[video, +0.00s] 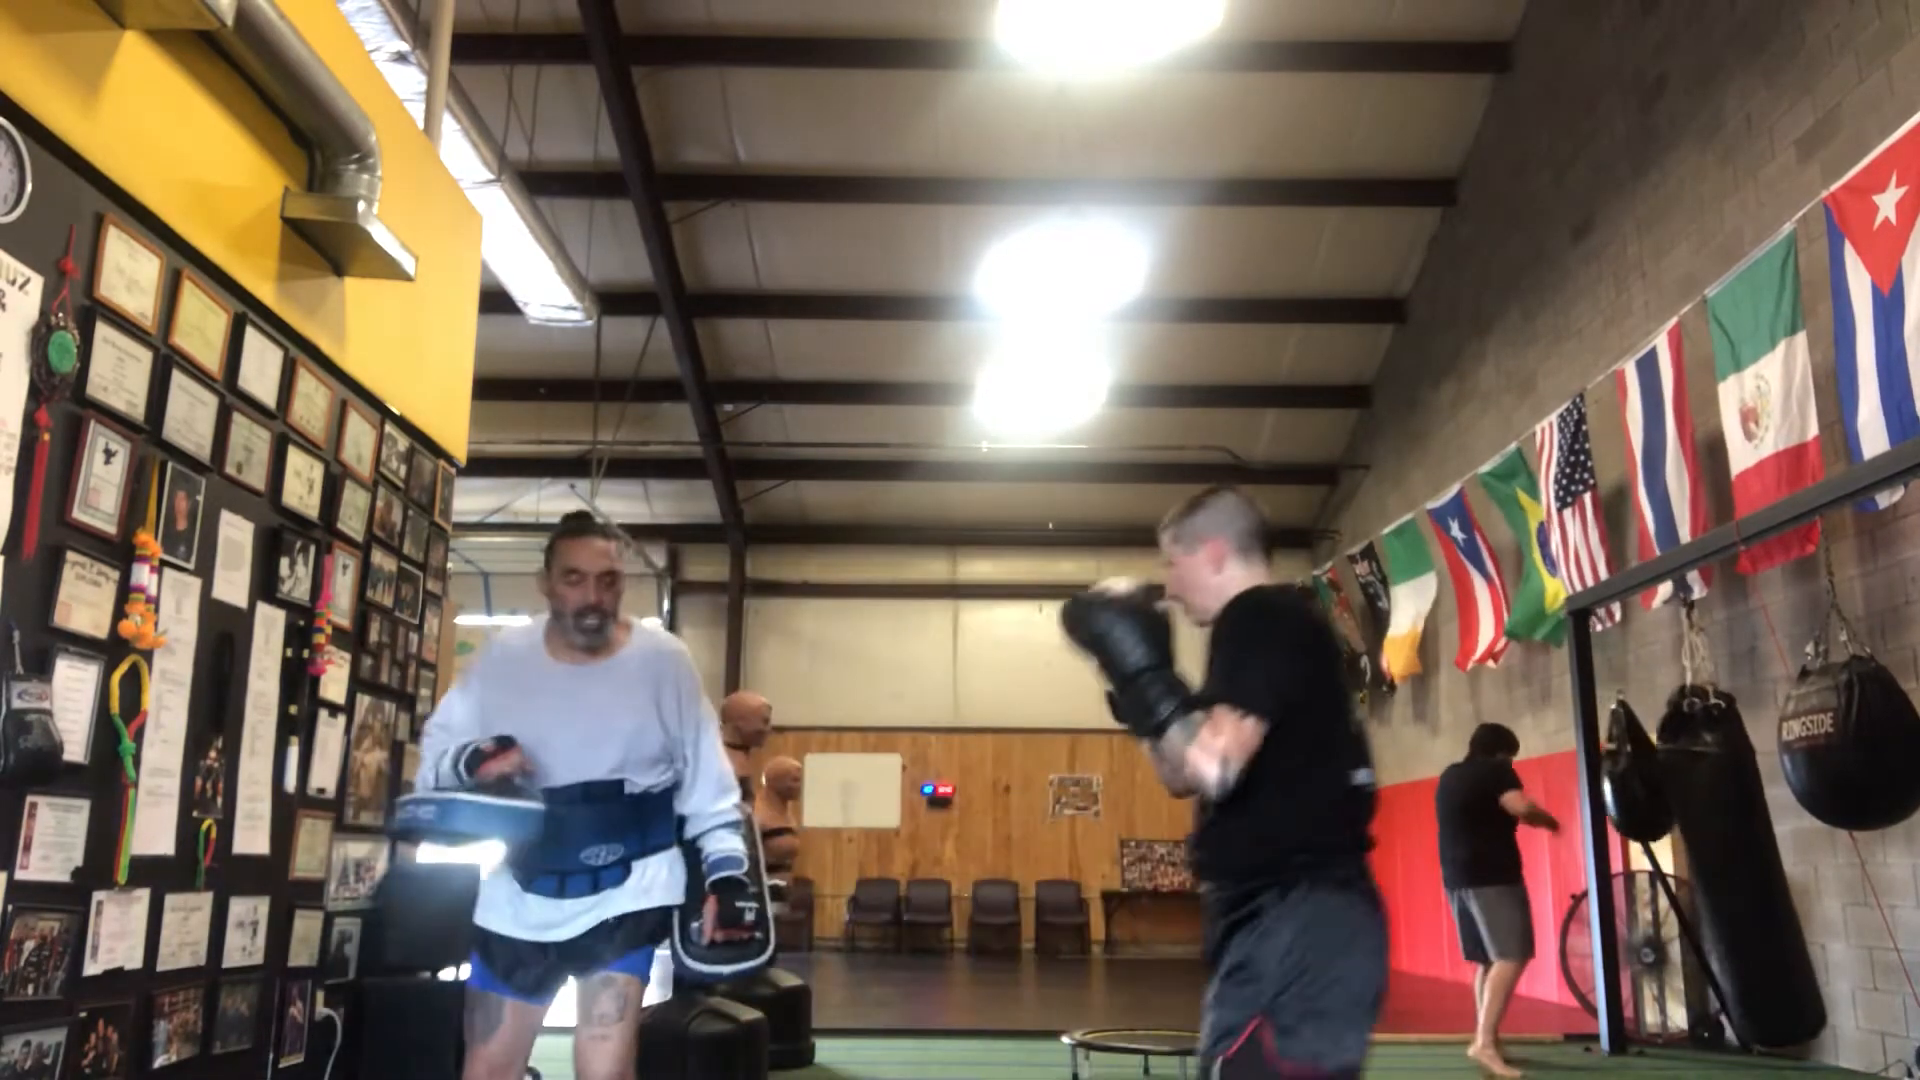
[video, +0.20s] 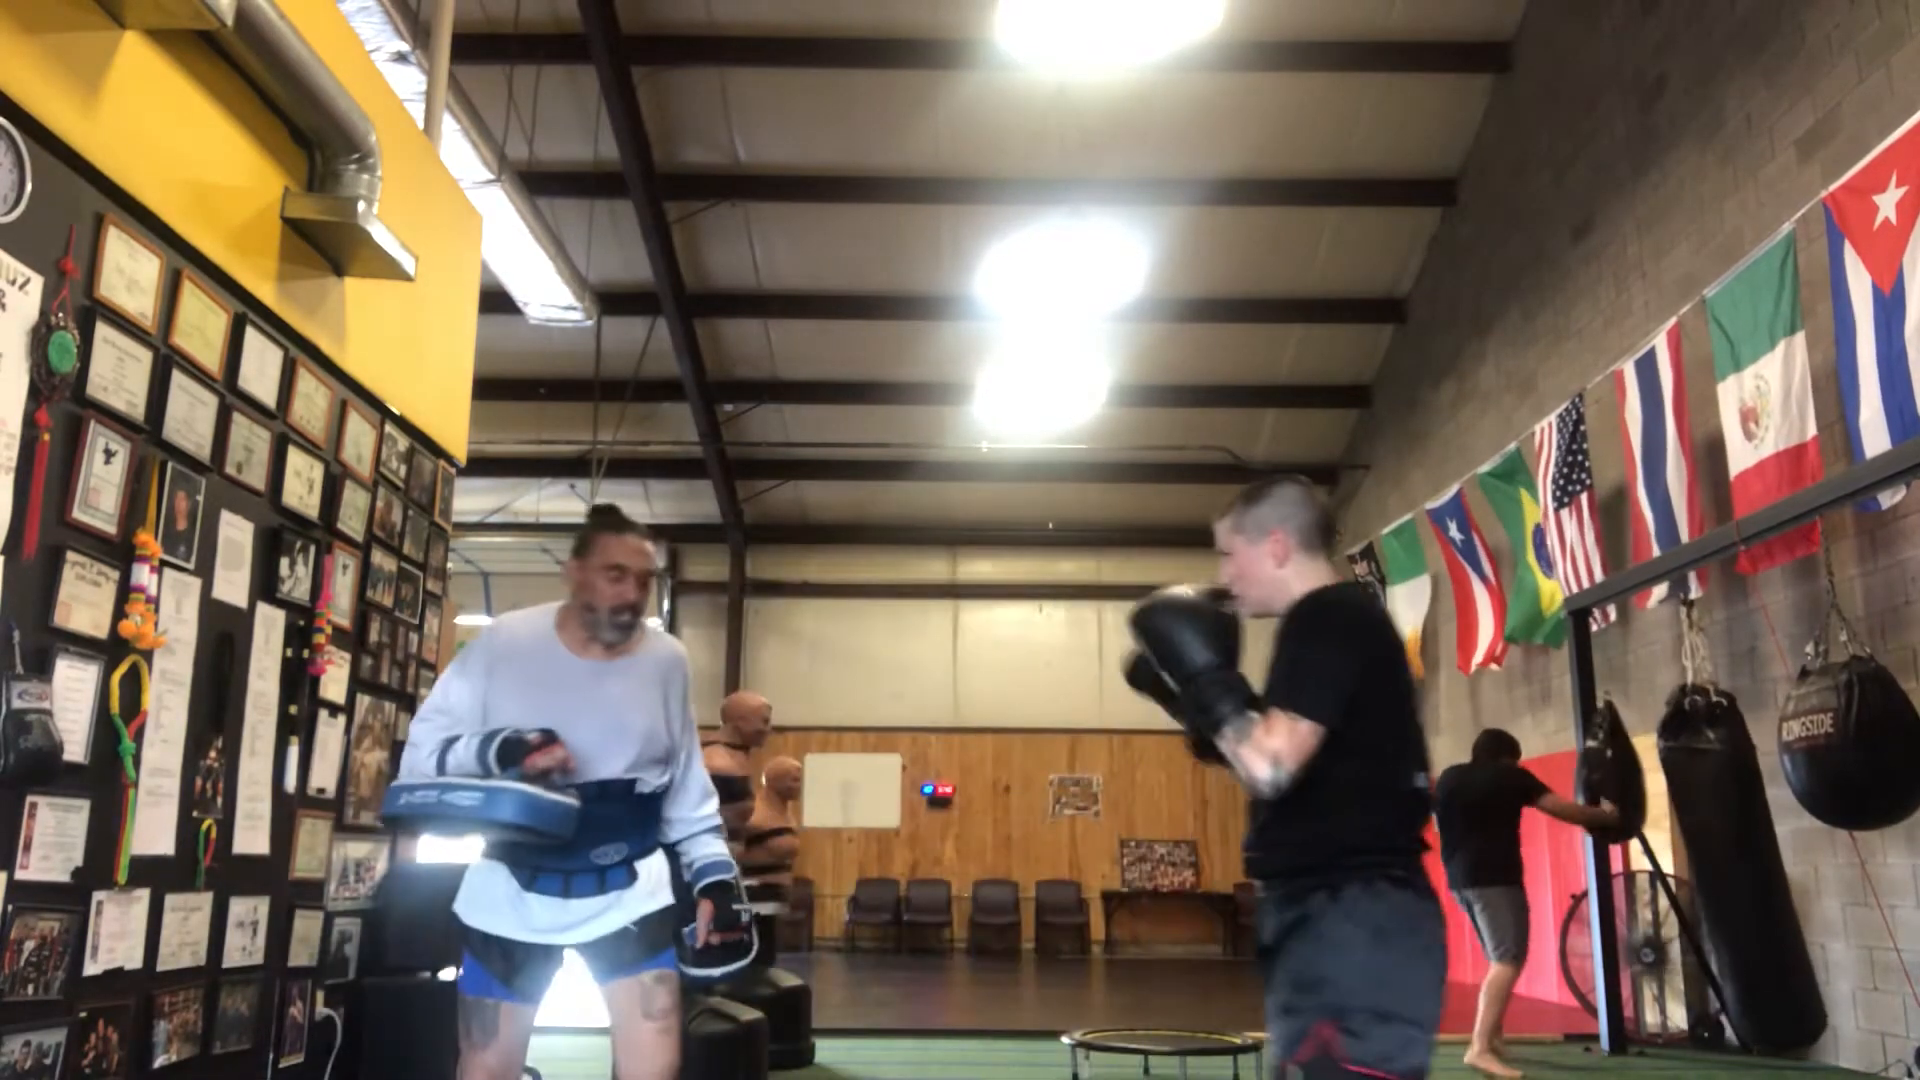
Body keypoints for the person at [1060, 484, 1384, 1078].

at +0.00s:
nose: (1168, 582)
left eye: (1172, 562)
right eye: (1167, 566)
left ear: (1214, 553)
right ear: (1220, 553)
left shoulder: (1266, 617)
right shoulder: (1256, 626)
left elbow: (1209, 764)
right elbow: (1179, 773)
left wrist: (1144, 669)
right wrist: (1133, 669)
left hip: (1300, 925)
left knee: (1248, 1064)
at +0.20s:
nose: (1222, 575)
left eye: (1229, 554)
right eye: (1222, 557)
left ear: (1277, 547)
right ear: (1277, 549)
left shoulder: (1331, 616)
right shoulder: (1331, 620)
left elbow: (1270, 761)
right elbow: (1266, 763)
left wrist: (1205, 672)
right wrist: (1191, 705)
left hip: (1354, 926)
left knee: (1332, 1067)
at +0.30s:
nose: (1249, 580)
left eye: (1254, 564)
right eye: (1246, 566)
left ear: (1295, 554)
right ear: (1299, 554)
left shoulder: (1360, 621)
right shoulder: (1347, 626)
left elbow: (1290, 772)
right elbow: (1297, 771)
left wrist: (1238, 665)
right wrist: (1232, 728)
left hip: (1377, 926)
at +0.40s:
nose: (1271, 590)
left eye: (1272, 568)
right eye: (1265, 571)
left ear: (1299, 558)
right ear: (1354, 540)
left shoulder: (1372, 616)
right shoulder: (1417, 609)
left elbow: (1274, 751)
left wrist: (1248, 631)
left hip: (1414, 923)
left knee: (1373, 1065)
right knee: (1478, 1069)